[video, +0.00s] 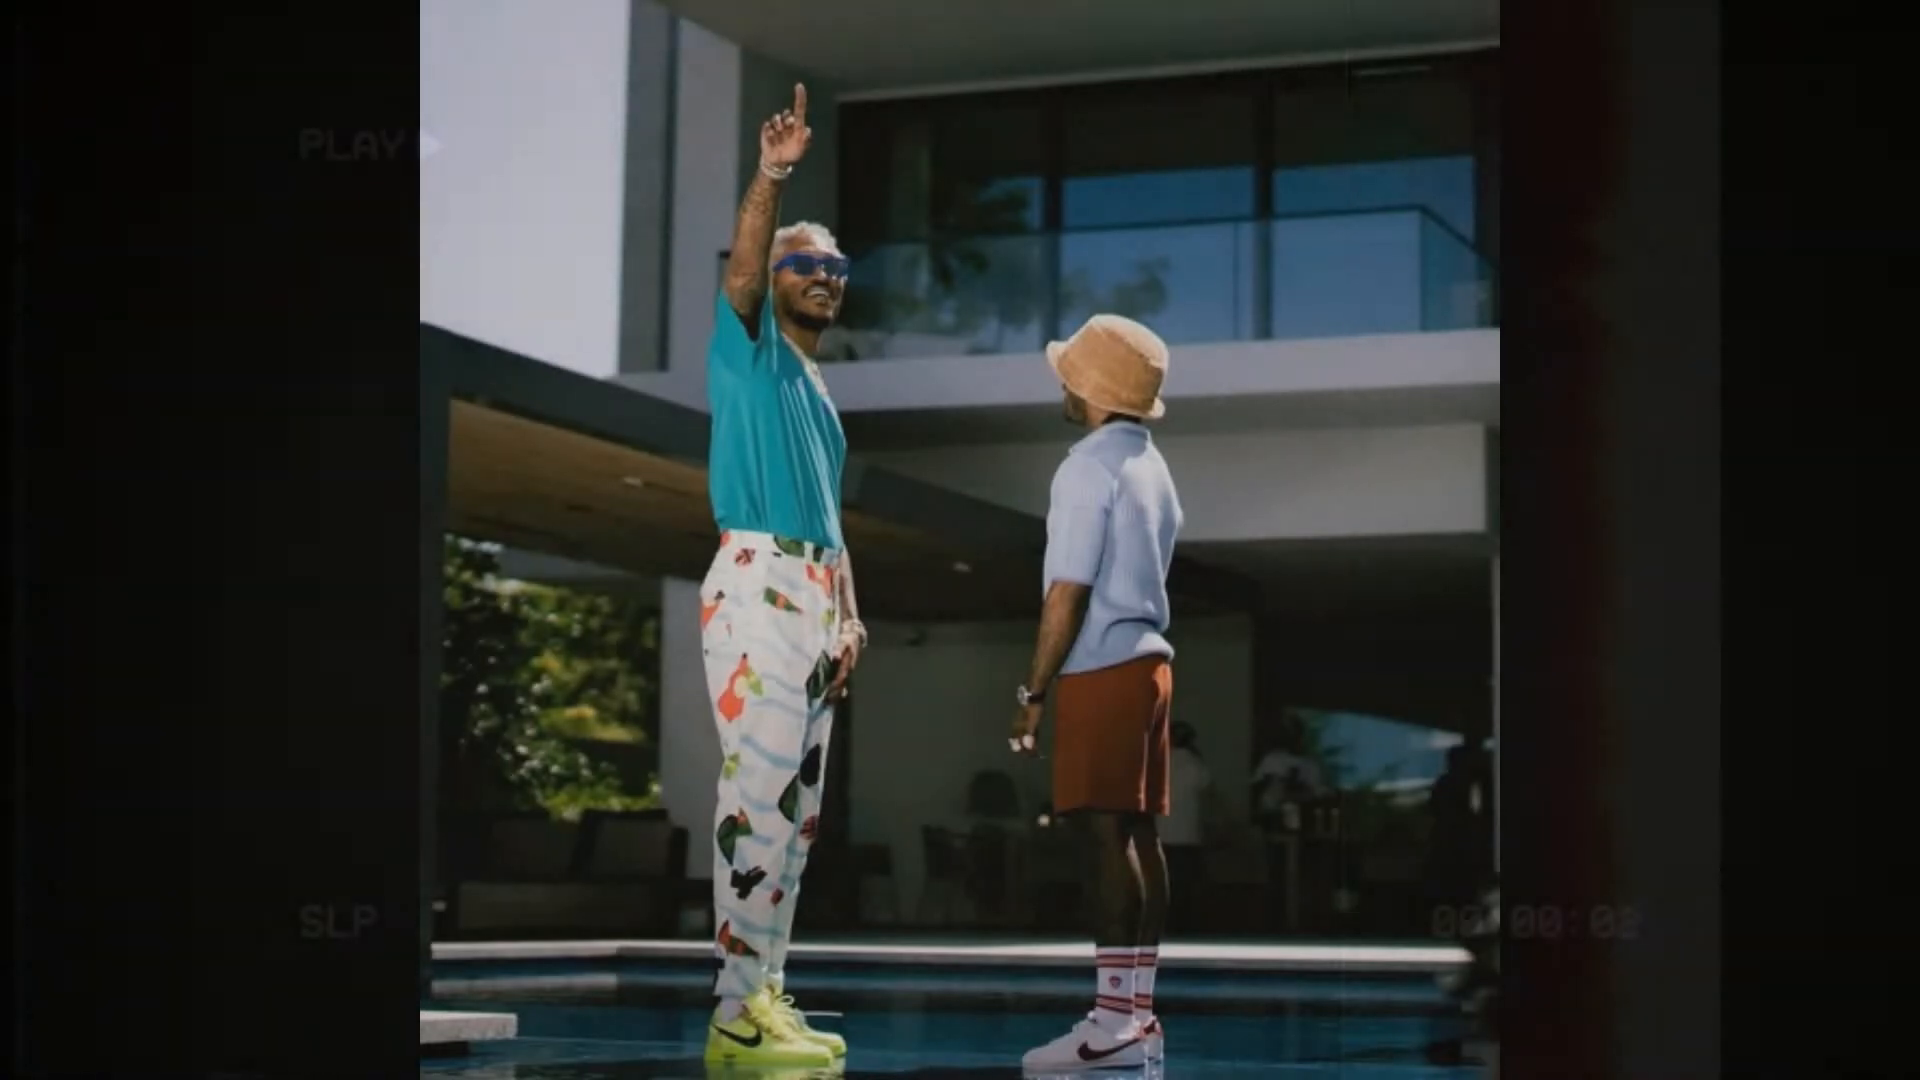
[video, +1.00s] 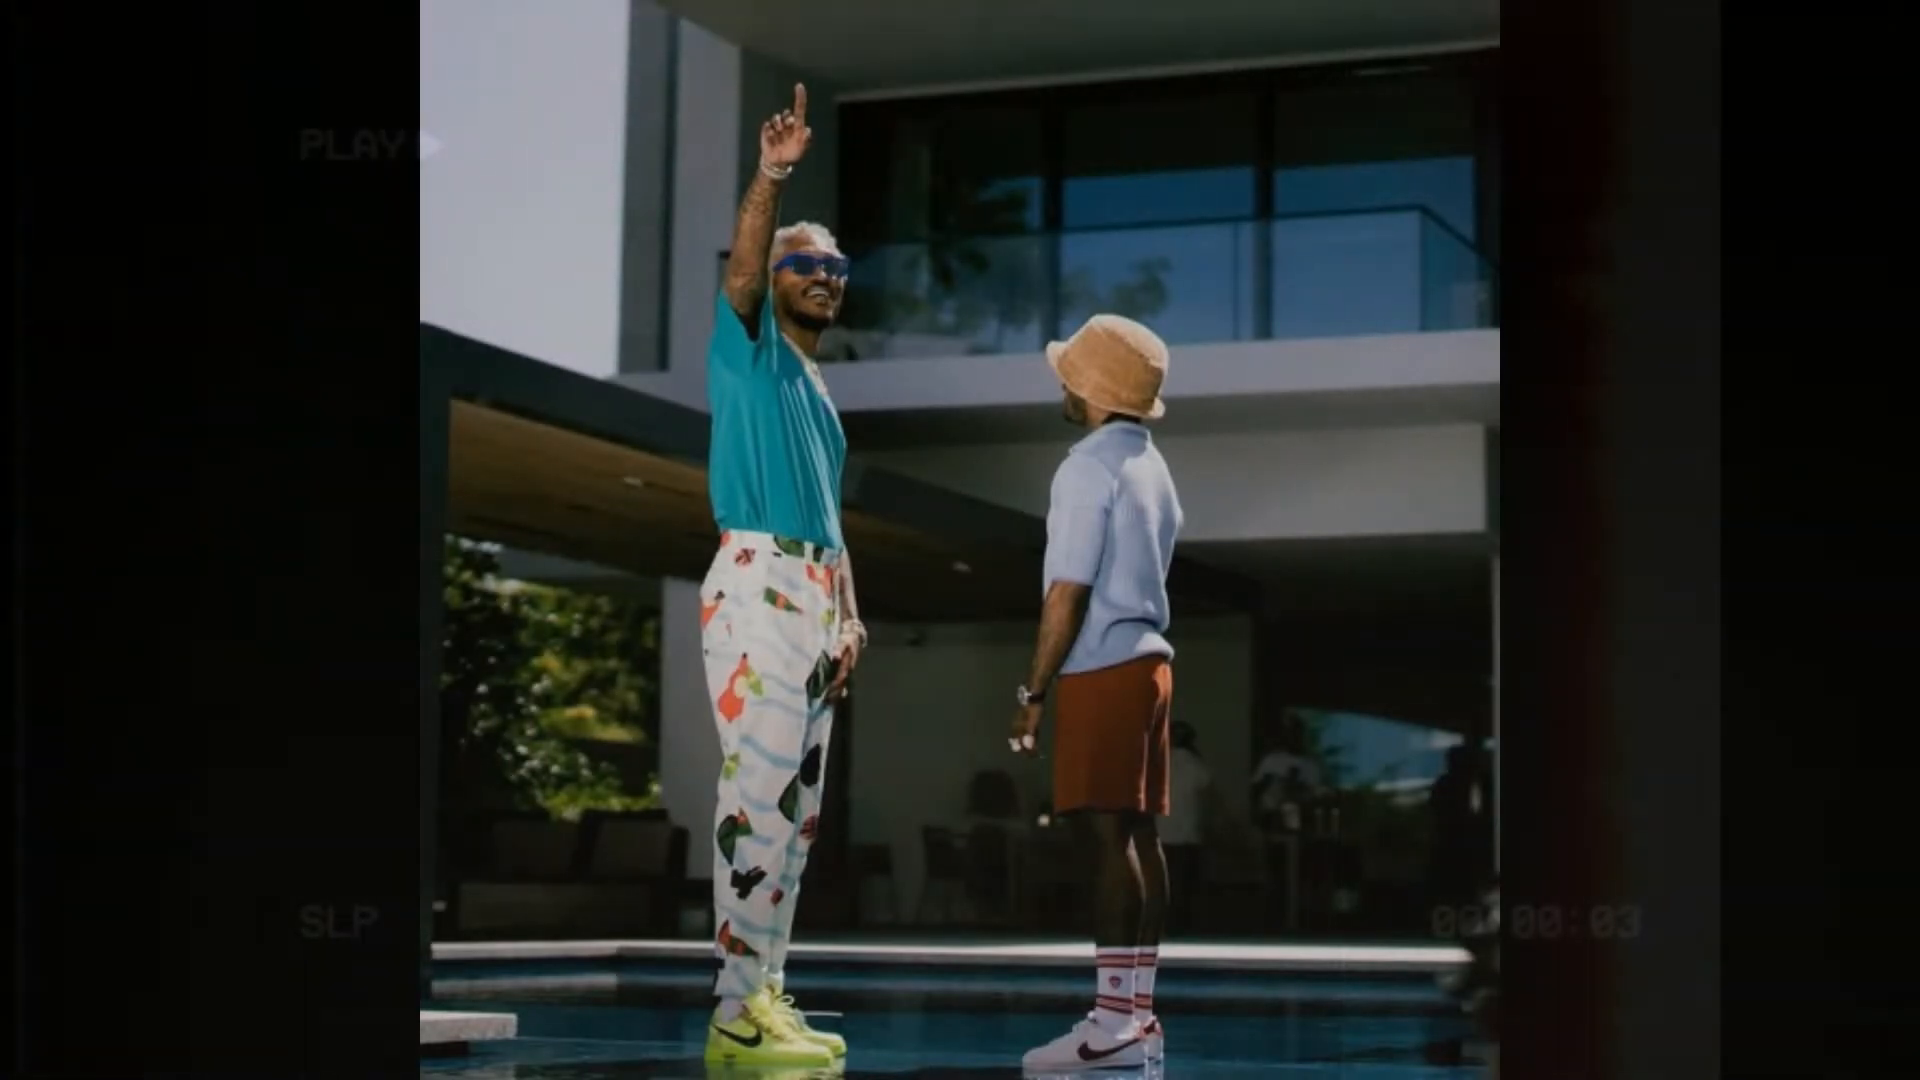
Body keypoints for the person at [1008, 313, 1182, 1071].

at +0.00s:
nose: (1064, 388)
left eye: (1072, 378)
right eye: (1069, 376)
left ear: (1090, 391)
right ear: (1132, 394)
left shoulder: (1088, 468)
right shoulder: (1148, 463)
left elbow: (1067, 595)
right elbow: (1147, 579)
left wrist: (1032, 691)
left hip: (1104, 669)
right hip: (1147, 665)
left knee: (1105, 837)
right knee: (1140, 837)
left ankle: (1116, 1014)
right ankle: (1135, 1012)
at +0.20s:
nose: (1064, 388)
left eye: (1072, 378)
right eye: (1069, 376)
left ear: (1090, 391)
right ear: (1131, 394)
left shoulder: (1087, 468)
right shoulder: (1148, 463)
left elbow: (1067, 595)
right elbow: (1147, 578)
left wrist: (1032, 690)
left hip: (1104, 668)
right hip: (1147, 665)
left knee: (1105, 837)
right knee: (1140, 837)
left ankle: (1116, 1014)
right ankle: (1135, 1011)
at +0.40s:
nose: (1064, 387)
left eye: (1072, 378)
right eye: (1069, 376)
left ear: (1090, 391)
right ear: (1132, 394)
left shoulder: (1087, 468)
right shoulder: (1148, 463)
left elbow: (1067, 595)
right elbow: (1148, 578)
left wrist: (1032, 691)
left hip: (1104, 668)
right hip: (1147, 665)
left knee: (1105, 837)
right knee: (1140, 837)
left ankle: (1116, 1014)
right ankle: (1135, 1012)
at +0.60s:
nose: (1064, 388)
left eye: (1072, 378)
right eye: (1070, 376)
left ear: (1090, 391)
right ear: (1132, 393)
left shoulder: (1088, 468)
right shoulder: (1148, 463)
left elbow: (1067, 595)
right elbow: (1148, 577)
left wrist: (1032, 691)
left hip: (1104, 668)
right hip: (1147, 664)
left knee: (1105, 838)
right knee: (1139, 837)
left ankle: (1117, 1014)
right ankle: (1135, 1012)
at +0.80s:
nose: (1064, 389)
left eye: (1072, 379)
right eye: (1069, 377)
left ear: (1090, 391)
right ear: (1132, 394)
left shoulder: (1088, 468)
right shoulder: (1148, 463)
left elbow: (1067, 595)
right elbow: (1148, 577)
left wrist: (1032, 690)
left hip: (1104, 668)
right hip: (1147, 664)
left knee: (1105, 837)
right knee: (1140, 837)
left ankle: (1116, 1014)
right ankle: (1135, 1011)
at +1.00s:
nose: (1064, 388)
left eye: (1072, 379)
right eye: (1069, 377)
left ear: (1091, 391)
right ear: (1132, 394)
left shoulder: (1088, 468)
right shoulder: (1148, 463)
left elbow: (1067, 594)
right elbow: (1148, 577)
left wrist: (1032, 690)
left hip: (1104, 668)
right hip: (1147, 665)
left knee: (1107, 838)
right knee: (1139, 837)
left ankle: (1116, 1015)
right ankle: (1135, 1013)